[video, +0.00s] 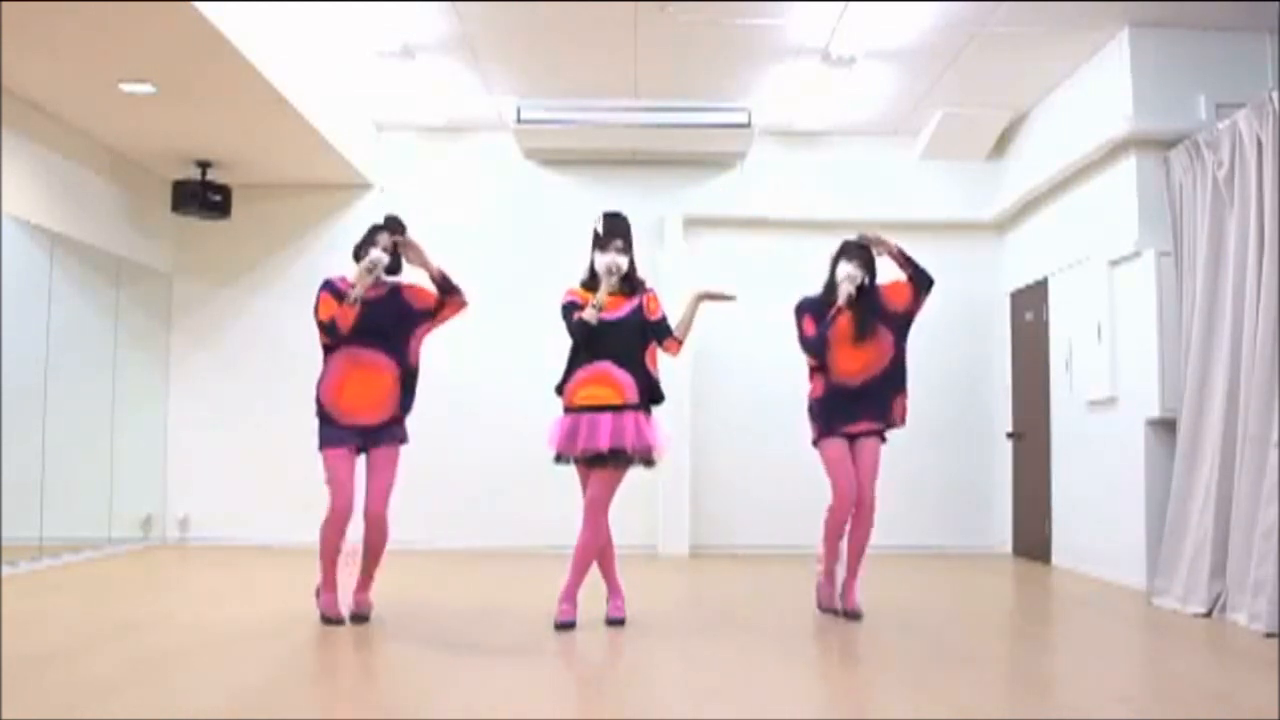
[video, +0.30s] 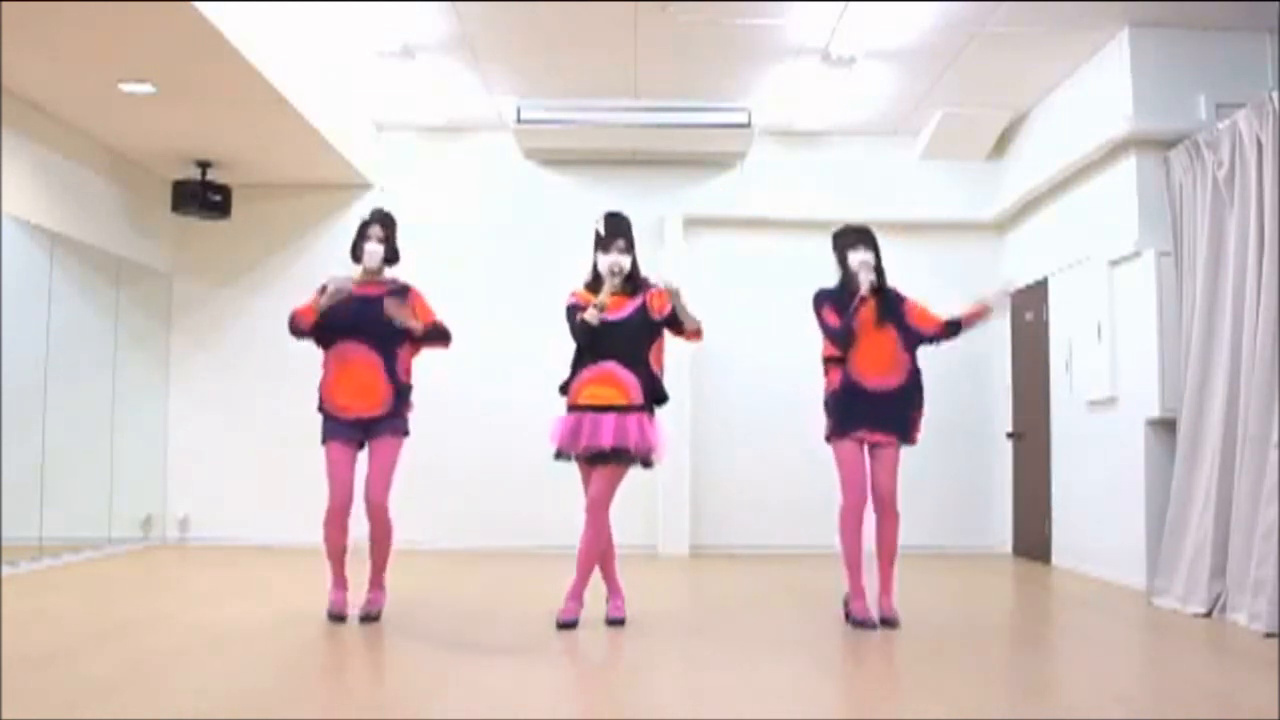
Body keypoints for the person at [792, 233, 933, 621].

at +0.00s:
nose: (853, 277)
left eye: (860, 271)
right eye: (848, 268)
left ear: (869, 274)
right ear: (835, 269)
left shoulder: (883, 303)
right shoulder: (813, 308)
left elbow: (922, 285)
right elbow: (815, 349)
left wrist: (893, 252)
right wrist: (837, 306)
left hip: (869, 408)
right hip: (828, 409)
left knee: (865, 498)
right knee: (845, 494)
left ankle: (851, 585)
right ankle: (827, 579)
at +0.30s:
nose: (862, 260)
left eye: (867, 252)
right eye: (853, 254)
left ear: (877, 256)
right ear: (840, 260)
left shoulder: (892, 301)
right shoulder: (829, 300)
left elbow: (934, 330)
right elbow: (839, 337)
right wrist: (860, 295)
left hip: (888, 407)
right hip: (846, 407)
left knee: (886, 499)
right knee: (855, 498)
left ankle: (887, 596)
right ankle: (856, 596)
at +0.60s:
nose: (873, 259)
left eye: (879, 250)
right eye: (864, 251)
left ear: (890, 254)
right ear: (852, 257)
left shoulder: (905, 302)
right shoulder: (840, 299)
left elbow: (916, 360)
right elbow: (849, 340)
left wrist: (922, 409)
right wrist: (871, 297)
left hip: (900, 403)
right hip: (859, 403)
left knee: (894, 502)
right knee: (862, 500)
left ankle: (890, 593)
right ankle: (861, 593)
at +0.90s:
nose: (857, 259)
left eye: (863, 250)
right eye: (853, 251)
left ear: (884, 253)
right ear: (850, 255)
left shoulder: (899, 295)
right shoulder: (851, 298)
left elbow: (869, 327)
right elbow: (839, 354)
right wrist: (834, 311)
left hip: (900, 403)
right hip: (859, 403)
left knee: (896, 502)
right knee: (865, 498)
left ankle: (890, 594)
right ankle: (862, 593)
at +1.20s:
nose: (828, 281)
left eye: (833, 274)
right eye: (831, 274)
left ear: (845, 279)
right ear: (865, 279)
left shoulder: (858, 320)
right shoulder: (868, 316)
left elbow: (799, 358)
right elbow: (831, 362)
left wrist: (767, 332)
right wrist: (811, 326)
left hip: (908, 417)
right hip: (912, 413)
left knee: (874, 500)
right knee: (888, 505)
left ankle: (905, 591)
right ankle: (876, 591)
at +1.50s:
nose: (824, 285)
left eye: (828, 278)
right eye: (826, 277)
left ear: (840, 282)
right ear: (860, 280)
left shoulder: (855, 322)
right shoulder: (867, 317)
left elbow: (804, 361)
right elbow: (835, 364)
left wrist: (764, 339)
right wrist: (812, 331)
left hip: (907, 415)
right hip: (914, 412)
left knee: (871, 498)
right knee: (888, 506)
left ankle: (903, 590)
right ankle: (875, 594)